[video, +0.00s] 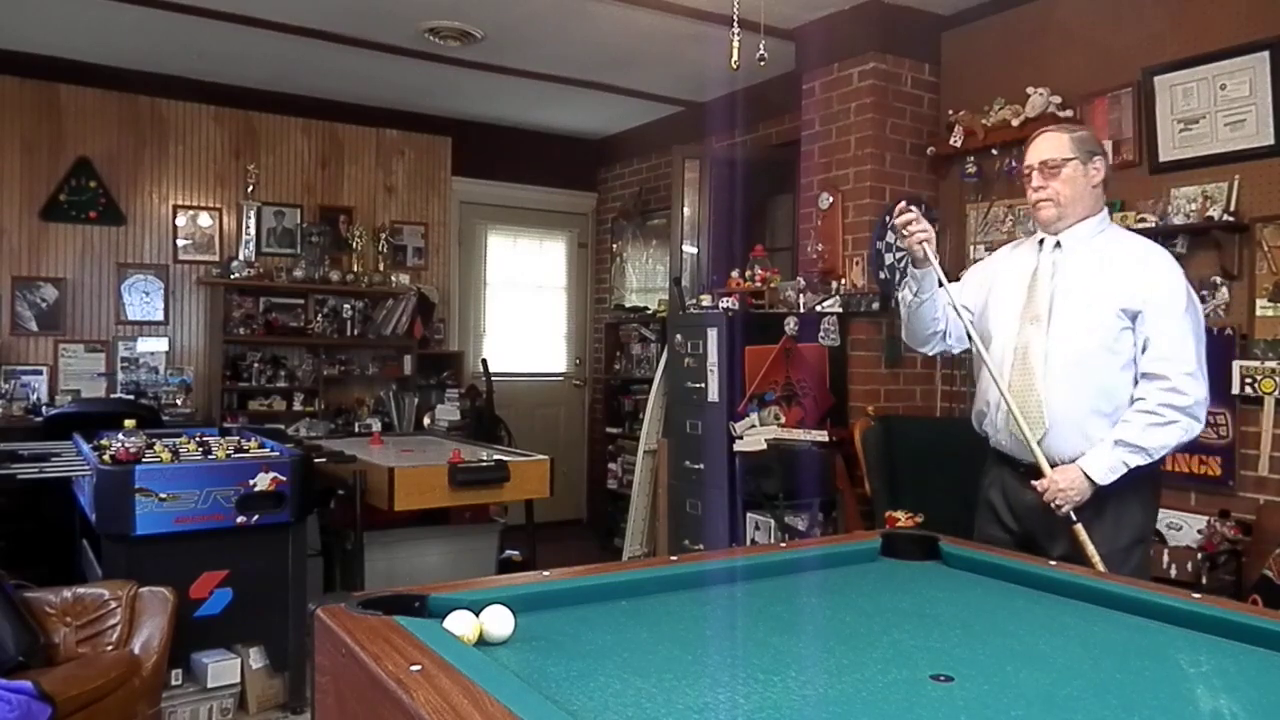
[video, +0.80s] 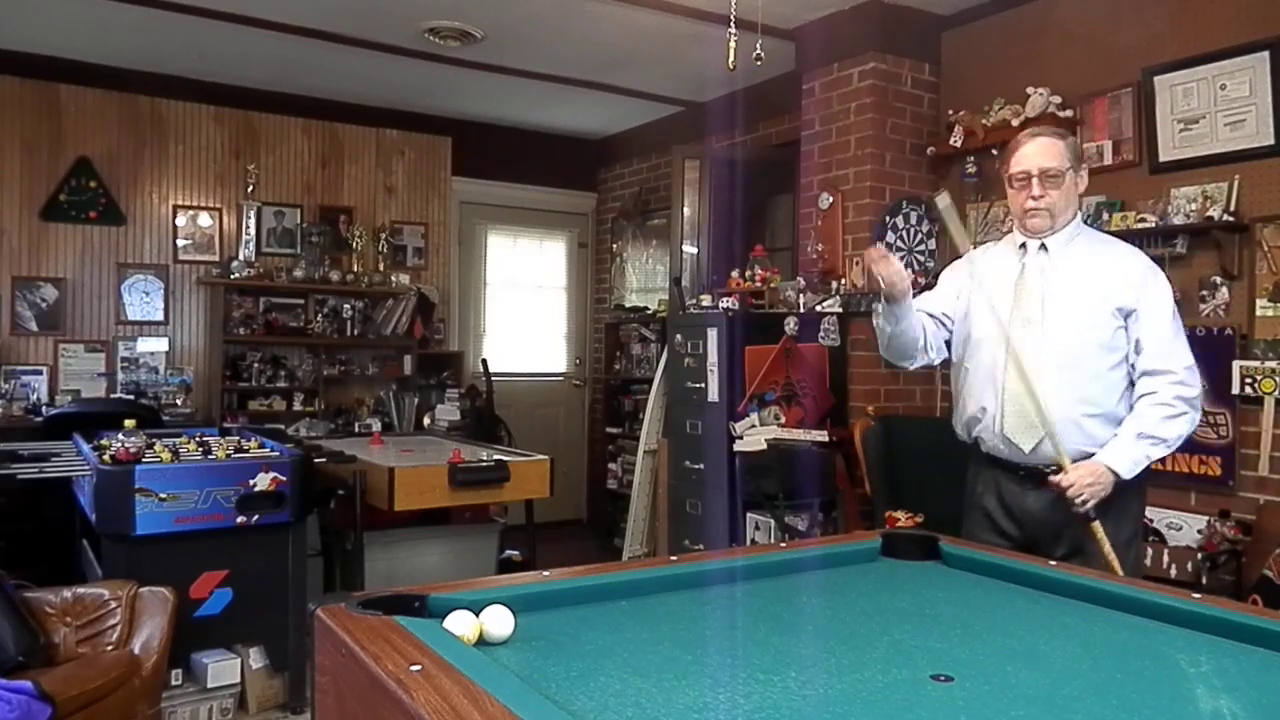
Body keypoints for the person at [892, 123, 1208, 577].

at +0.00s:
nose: (1034, 184)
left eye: (1050, 168)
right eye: (1028, 173)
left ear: (1095, 171)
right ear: (1023, 183)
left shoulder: (1148, 267)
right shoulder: (1004, 265)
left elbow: (1177, 399)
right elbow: (930, 334)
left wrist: (1090, 471)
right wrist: (922, 267)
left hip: (1103, 500)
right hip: (1004, 487)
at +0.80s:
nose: (1034, 192)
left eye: (1051, 178)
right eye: (1020, 180)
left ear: (1080, 182)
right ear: (1005, 188)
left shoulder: (1129, 270)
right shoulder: (973, 270)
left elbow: (1173, 391)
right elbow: (909, 352)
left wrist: (1110, 466)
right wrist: (896, 300)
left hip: (1096, 498)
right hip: (993, 489)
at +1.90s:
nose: (1264, 260)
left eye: (1277, 246)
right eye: (1250, 236)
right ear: (1208, 214)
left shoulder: (1271, 297)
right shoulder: (1128, 289)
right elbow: (1117, 432)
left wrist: (1267, 457)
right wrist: (1179, 541)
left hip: (1207, 520)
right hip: (1097, 510)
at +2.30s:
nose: (1265, 237)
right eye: (1253, 212)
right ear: (1216, 193)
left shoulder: (1273, 290)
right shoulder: (1129, 274)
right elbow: (1064, 404)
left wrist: (1270, 463)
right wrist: (1134, 499)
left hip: (1227, 533)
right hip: (1103, 522)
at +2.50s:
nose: (1212, 211)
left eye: (1238, 198)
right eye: (1202, 190)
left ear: (1270, 206)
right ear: (1179, 185)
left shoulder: (1274, 278)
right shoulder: (1110, 266)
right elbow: (1038, 385)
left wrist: (1270, 452)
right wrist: (1075, 488)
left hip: (1224, 532)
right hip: (1102, 520)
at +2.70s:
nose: (1145, 197)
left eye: (1165, 182)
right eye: (1133, 182)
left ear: (1217, 181)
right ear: (1122, 184)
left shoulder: (1263, 277)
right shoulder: (1080, 272)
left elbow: (1275, 413)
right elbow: (1029, 384)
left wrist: (1217, 432)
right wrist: (1037, 480)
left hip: (1203, 526)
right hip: (1083, 515)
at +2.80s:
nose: (1112, 195)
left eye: (1131, 178)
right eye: (1103, 180)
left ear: (1182, 174)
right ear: (1094, 181)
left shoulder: (1245, 274)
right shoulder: (1066, 277)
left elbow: (1271, 407)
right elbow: (1024, 390)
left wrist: (1187, 417)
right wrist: (1026, 478)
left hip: (1196, 524)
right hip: (1084, 517)